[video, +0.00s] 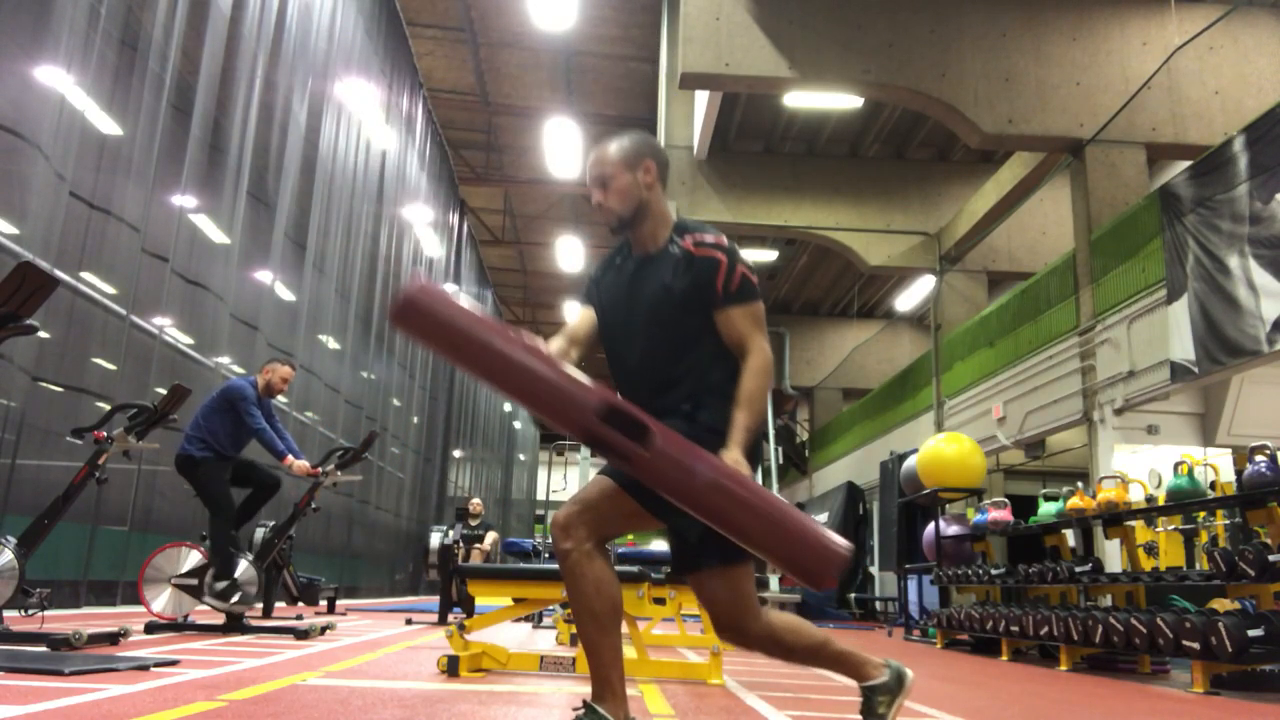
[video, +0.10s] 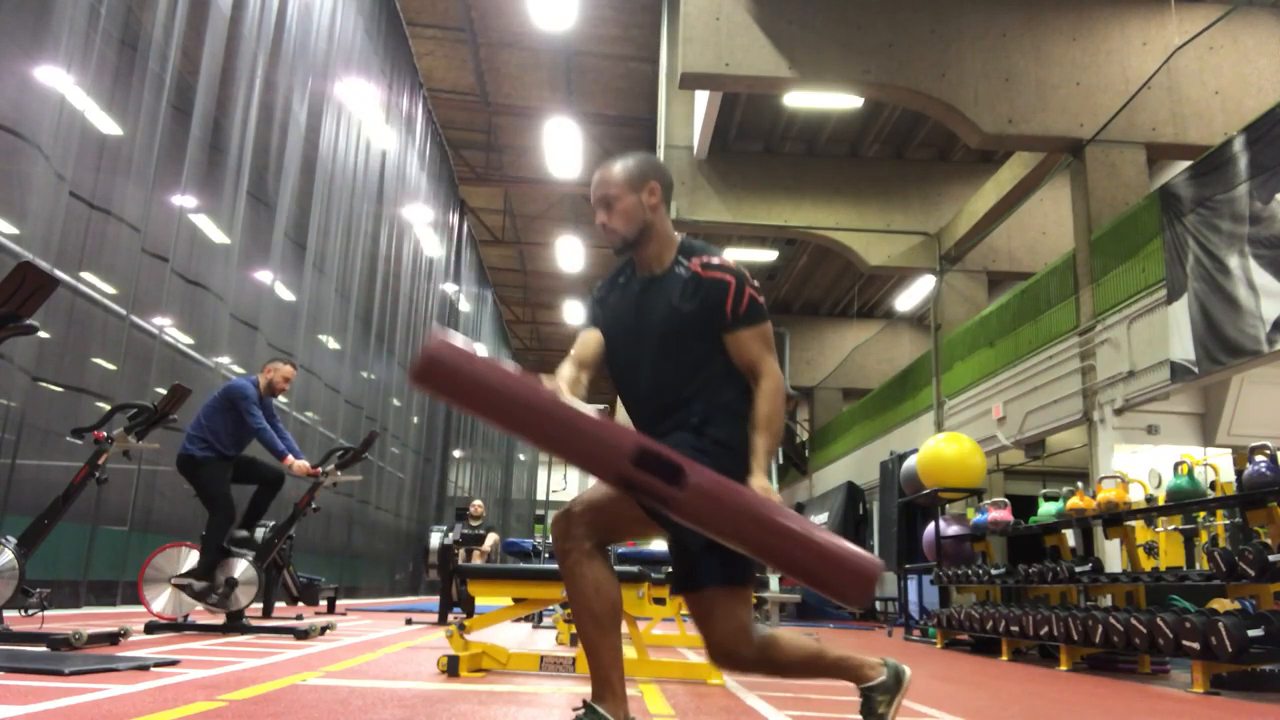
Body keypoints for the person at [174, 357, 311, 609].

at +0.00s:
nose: (285, 388)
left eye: (288, 384)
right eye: (283, 381)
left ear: (275, 380)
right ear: (266, 373)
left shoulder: (262, 400)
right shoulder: (241, 389)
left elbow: (278, 430)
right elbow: (259, 428)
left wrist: (302, 462)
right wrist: (288, 461)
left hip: (223, 460)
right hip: (198, 458)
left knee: (270, 483)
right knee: (224, 510)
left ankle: (228, 528)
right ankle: (221, 581)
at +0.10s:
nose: (286, 387)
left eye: (290, 383)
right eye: (285, 380)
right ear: (268, 372)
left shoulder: (262, 399)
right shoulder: (242, 388)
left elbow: (278, 429)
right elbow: (259, 428)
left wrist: (301, 461)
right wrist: (288, 461)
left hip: (224, 461)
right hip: (199, 459)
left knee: (273, 477)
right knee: (224, 513)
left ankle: (243, 533)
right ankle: (202, 576)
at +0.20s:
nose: (286, 388)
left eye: (289, 384)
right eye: (284, 381)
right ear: (268, 373)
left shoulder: (263, 399)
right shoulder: (242, 389)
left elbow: (278, 430)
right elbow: (258, 428)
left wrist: (301, 462)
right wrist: (289, 461)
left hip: (223, 460)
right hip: (198, 457)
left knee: (269, 492)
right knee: (236, 505)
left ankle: (252, 553)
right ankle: (196, 562)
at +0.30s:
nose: (284, 388)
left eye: (287, 383)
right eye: (283, 380)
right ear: (267, 372)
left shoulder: (262, 401)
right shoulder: (239, 389)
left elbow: (276, 430)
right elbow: (254, 429)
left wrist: (300, 461)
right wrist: (288, 459)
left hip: (219, 459)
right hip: (198, 455)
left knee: (255, 510)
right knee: (247, 490)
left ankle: (248, 564)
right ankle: (204, 538)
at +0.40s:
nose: (284, 387)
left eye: (288, 383)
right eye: (283, 379)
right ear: (268, 371)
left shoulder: (264, 404)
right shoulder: (236, 388)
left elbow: (279, 435)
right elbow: (243, 430)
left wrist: (305, 466)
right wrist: (281, 445)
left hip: (221, 462)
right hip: (198, 455)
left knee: (242, 520)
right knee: (257, 473)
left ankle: (227, 578)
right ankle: (214, 527)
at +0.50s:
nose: (285, 389)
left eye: (288, 384)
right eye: (284, 381)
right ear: (269, 372)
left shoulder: (264, 405)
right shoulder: (232, 388)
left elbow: (278, 435)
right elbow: (234, 429)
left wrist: (303, 465)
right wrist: (273, 422)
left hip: (221, 462)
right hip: (197, 456)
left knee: (245, 517)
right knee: (258, 471)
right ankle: (231, 534)